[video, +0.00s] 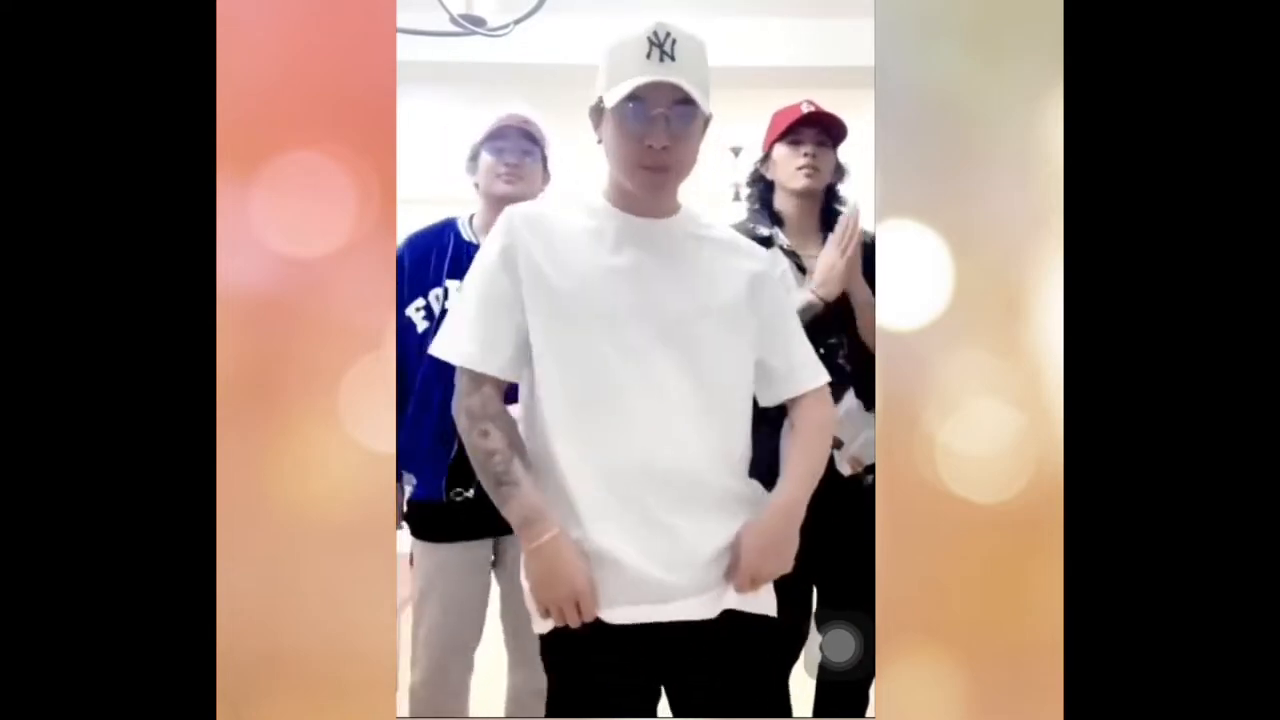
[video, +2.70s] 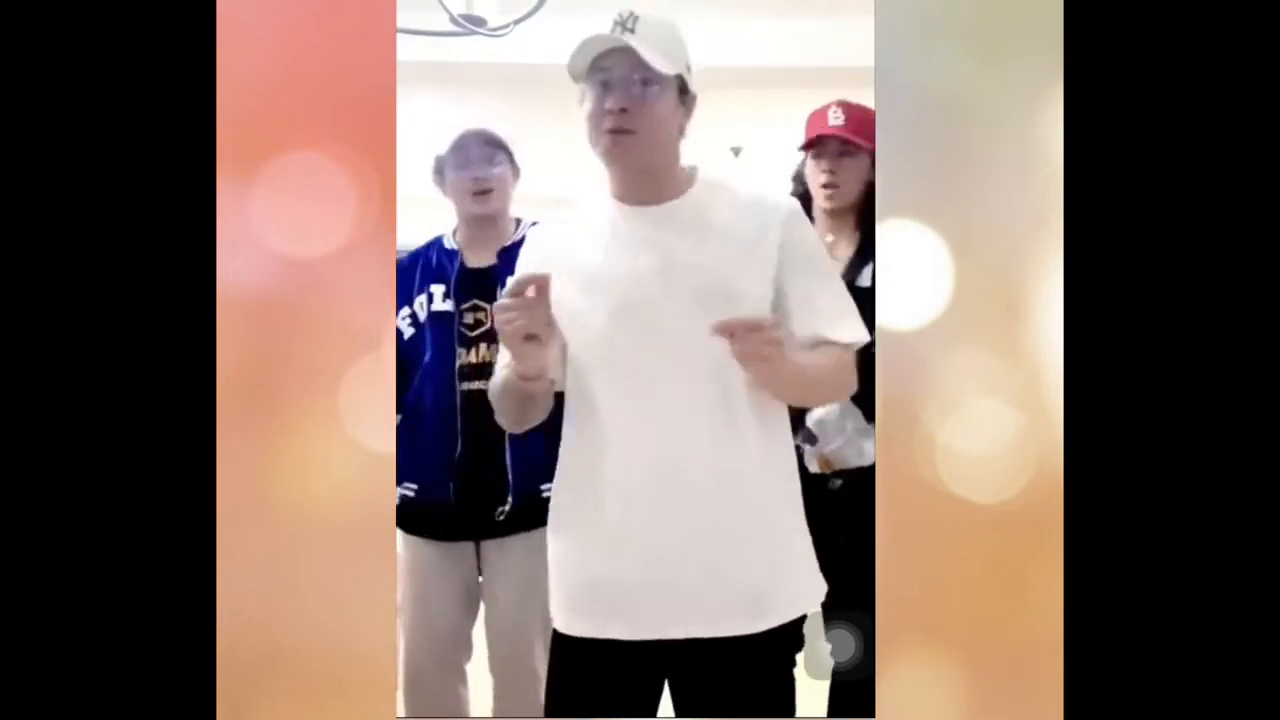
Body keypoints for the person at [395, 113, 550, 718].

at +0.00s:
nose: (511, 160)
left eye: (527, 153)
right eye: (498, 150)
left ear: (545, 179)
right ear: (473, 168)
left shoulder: (559, 260)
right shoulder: (420, 254)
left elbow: (581, 380)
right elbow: (386, 376)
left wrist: (574, 488)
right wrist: (388, 491)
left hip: (538, 498)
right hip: (447, 498)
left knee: (541, 670)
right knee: (439, 673)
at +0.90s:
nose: (491, 170)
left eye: (506, 161)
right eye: (477, 161)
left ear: (527, 183)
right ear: (452, 181)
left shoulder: (554, 264)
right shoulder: (404, 266)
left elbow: (579, 381)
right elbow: (369, 380)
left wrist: (565, 482)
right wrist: (378, 481)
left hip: (523, 503)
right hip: (426, 505)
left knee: (520, 661)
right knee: (427, 667)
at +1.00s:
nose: (490, 167)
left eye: (504, 158)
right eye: (475, 158)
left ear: (525, 181)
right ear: (451, 178)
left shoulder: (555, 261)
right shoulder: (402, 260)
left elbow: (580, 372)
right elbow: (348, 347)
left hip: (521, 504)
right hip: (424, 505)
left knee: (518, 661)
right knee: (425, 667)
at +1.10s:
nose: (488, 165)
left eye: (502, 156)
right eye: (475, 156)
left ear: (525, 175)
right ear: (451, 173)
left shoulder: (543, 255)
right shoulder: (411, 249)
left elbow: (571, 341)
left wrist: (523, 256)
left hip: (515, 489)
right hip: (424, 489)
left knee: (511, 651)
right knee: (428, 656)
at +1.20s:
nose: (490, 179)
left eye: (504, 169)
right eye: (477, 169)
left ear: (526, 188)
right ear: (455, 185)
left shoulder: (546, 271)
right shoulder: (408, 265)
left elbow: (575, 375)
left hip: (516, 501)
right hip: (421, 498)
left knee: (516, 675)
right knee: (424, 675)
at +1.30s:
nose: (486, 189)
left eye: (499, 177)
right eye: (473, 178)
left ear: (522, 191)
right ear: (453, 193)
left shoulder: (544, 279)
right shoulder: (411, 272)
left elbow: (570, 381)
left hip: (517, 519)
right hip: (419, 519)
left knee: (511, 695)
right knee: (422, 691)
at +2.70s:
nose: (479, 173)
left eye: (492, 160)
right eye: (463, 164)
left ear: (515, 176)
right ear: (442, 185)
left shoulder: (551, 260)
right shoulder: (408, 270)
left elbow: (580, 369)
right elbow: (380, 380)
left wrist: (578, 479)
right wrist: (388, 480)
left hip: (526, 500)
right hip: (432, 501)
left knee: (522, 669)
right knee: (429, 669)